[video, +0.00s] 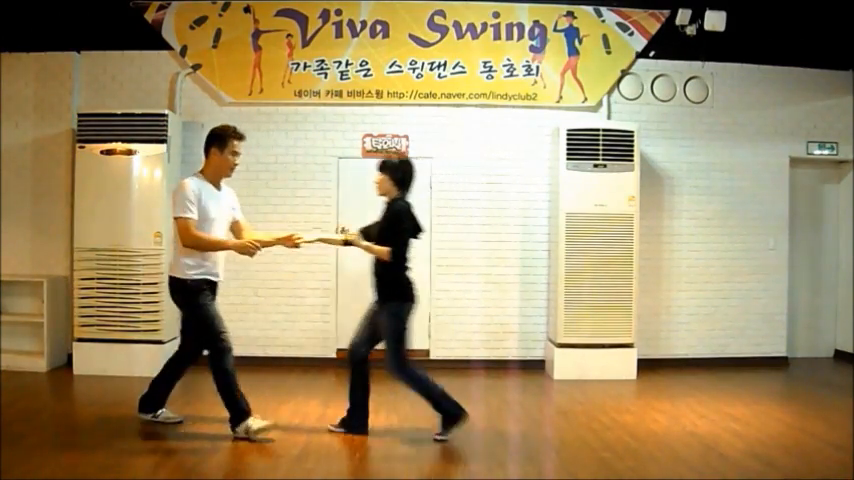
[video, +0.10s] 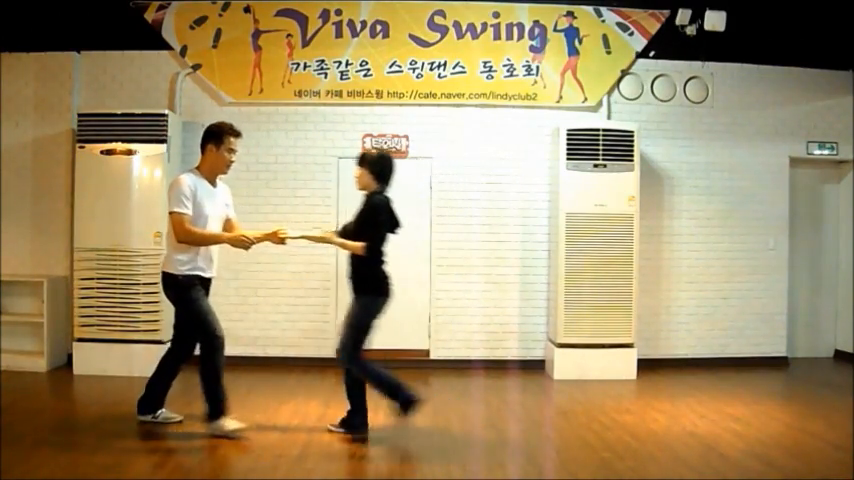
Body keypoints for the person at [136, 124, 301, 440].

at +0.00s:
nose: (237, 161)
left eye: (238, 155)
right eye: (233, 154)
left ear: (221, 156)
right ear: (213, 153)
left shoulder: (227, 194)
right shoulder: (188, 187)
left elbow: (243, 238)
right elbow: (188, 239)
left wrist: (279, 240)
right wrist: (233, 245)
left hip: (208, 281)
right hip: (187, 281)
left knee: (189, 349)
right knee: (220, 345)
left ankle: (150, 405)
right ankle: (241, 419)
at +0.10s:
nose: (233, 158)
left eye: (235, 152)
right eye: (229, 151)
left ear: (218, 152)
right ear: (209, 149)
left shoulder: (222, 190)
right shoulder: (183, 183)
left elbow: (232, 237)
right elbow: (181, 234)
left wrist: (266, 236)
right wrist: (227, 237)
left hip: (202, 277)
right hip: (179, 276)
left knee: (182, 346)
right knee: (214, 337)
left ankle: (148, 407)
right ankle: (216, 417)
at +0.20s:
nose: (232, 157)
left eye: (233, 151)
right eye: (228, 150)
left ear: (219, 151)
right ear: (208, 148)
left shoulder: (219, 190)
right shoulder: (182, 182)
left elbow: (223, 231)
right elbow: (179, 233)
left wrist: (254, 235)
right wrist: (223, 236)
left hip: (200, 277)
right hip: (177, 276)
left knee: (178, 346)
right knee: (206, 339)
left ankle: (148, 408)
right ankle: (181, 410)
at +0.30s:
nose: (235, 159)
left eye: (236, 153)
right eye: (230, 152)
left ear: (219, 154)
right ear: (210, 150)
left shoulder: (219, 192)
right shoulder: (183, 185)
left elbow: (211, 236)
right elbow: (178, 236)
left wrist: (241, 241)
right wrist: (225, 241)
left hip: (200, 280)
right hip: (176, 279)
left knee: (189, 347)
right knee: (193, 347)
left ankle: (157, 405)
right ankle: (157, 410)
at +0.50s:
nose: (247, 158)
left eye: (248, 152)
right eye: (243, 151)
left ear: (226, 153)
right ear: (224, 151)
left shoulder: (224, 189)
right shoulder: (196, 183)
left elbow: (207, 229)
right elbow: (177, 230)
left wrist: (232, 236)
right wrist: (222, 237)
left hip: (202, 280)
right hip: (178, 279)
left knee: (216, 340)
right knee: (188, 346)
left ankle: (172, 400)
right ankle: (161, 414)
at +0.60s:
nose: (253, 155)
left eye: (253, 149)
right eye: (248, 148)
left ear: (234, 150)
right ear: (229, 148)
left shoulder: (229, 187)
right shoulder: (202, 179)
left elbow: (210, 225)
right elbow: (175, 221)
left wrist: (234, 233)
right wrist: (218, 232)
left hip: (207, 278)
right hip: (183, 275)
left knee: (213, 341)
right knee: (193, 343)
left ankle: (175, 404)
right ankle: (164, 410)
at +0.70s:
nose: (254, 156)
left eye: (255, 150)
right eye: (250, 149)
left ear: (235, 152)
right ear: (231, 151)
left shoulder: (231, 189)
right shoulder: (205, 183)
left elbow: (212, 226)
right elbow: (176, 223)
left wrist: (235, 235)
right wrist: (221, 235)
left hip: (211, 281)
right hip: (190, 279)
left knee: (205, 347)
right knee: (202, 346)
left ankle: (170, 404)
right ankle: (167, 407)